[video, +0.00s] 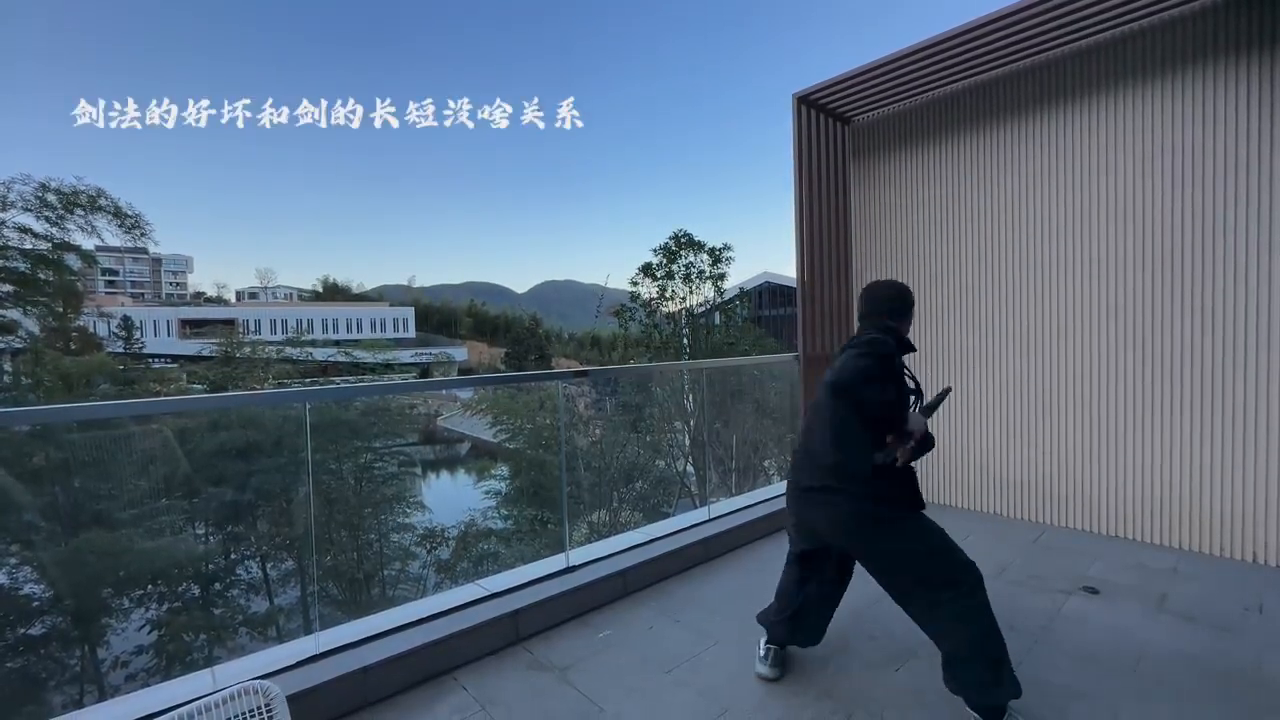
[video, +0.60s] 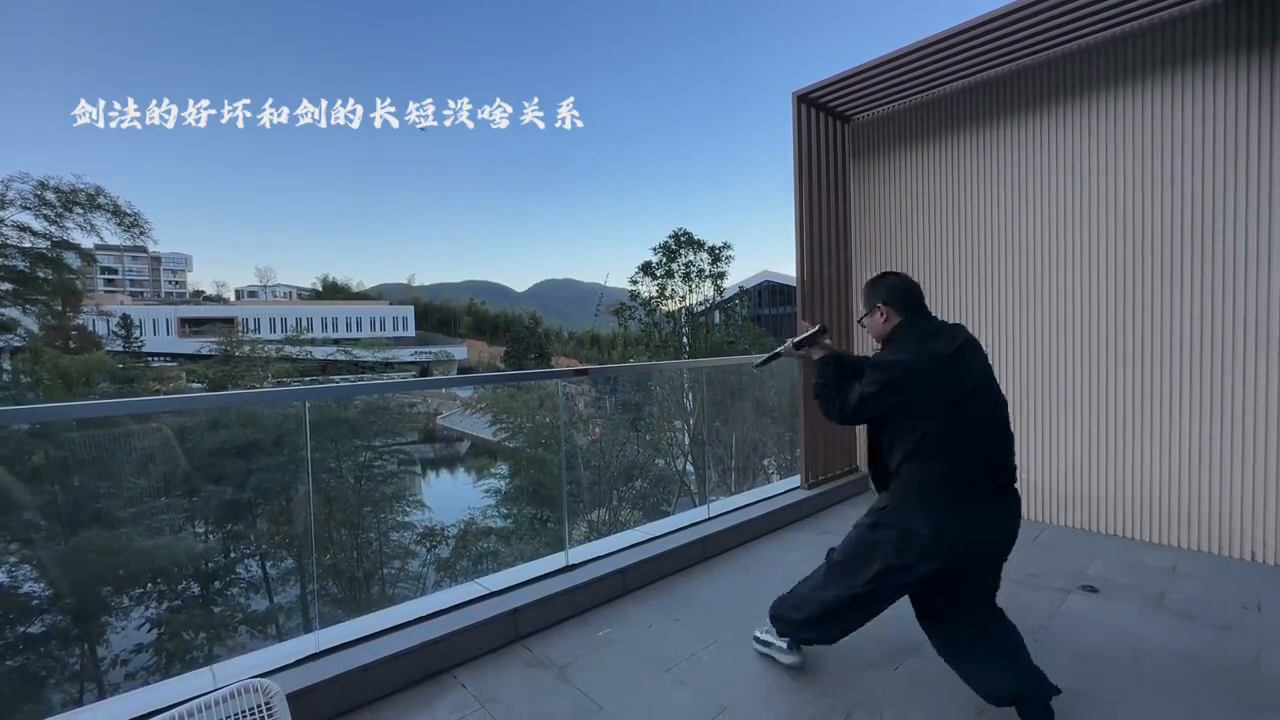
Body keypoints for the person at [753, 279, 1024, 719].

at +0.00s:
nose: (910, 325)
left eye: (908, 317)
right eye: (909, 317)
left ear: (863, 315)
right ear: (903, 319)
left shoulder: (847, 357)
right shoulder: (881, 357)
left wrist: (911, 440)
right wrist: (904, 439)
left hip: (811, 498)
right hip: (867, 504)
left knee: (812, 560)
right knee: (956, 582)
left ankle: (773, 643)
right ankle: (991, 702)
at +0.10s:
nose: (795, 346)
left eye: (795, 339)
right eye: (795, 339)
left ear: (803, 339)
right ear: (840, 332)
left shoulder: (795, 383)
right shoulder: (886, 356)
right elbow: (956, 375)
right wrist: (912, 411)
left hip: (819, 515)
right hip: (895, 511)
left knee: (786, 559)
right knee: (953, 589)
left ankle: (768, 644)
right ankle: (990, 705)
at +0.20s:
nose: (762, 372)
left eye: (761, 363)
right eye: (759, 364)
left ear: (772, 360)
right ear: (802, 349)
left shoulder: (784, 400)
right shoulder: (844, 368)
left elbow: (772, 452)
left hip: (846, 526)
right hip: (908, 517)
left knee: (778, 547)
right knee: (953, 608)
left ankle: (763, 643)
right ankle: (1015, 702)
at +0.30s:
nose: (758, 379)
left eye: (758, 372)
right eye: (757, 373)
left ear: (771, 372)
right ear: (802, 359)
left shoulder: (788, 410)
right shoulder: (844, 383)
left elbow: (745, 430)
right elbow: (793, 394)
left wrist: (733, 404)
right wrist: (743, 387)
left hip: (853, 531)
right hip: (916, 525)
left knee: (779, 547)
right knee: (954, 612)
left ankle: (764, 644)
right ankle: (1014, 704)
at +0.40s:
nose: (776, 369)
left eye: (775, 362)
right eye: (775, 362)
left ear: (786, 361)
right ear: (818, 350)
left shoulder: (798, 403)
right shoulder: (858, 372)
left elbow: (772, 451)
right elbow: (828, 407)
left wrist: (769, 410)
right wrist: (774, 398)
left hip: (852, 531)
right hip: (916, 527)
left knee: (782, 548)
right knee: (952, 613)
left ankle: (765, 641)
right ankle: (1019, 706)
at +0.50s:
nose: (818, 343)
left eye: (820, 335)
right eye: (818, 336)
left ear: (837, 337)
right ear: (871, 332)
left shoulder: (845, 377)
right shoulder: (915, 363)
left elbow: (812, 432)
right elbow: (877, 399)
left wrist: (811, 387)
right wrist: (823, 379)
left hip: (879, 522)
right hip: (944, 521)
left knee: (805, 559)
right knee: (953, 613)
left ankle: (768, 639)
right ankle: (1029, 706)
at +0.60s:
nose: (865, 328)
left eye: (866, 319)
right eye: (864, 320)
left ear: (885, 315)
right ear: (918, 309)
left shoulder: (901, 362)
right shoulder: (962, 345)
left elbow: (844, 403)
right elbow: (885, 372)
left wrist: (822, 361)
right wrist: (829, 356)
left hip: (928, 509)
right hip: (992, 509)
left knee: (851, 568)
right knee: (965, 610)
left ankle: (786, 631)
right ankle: (1034, 700)